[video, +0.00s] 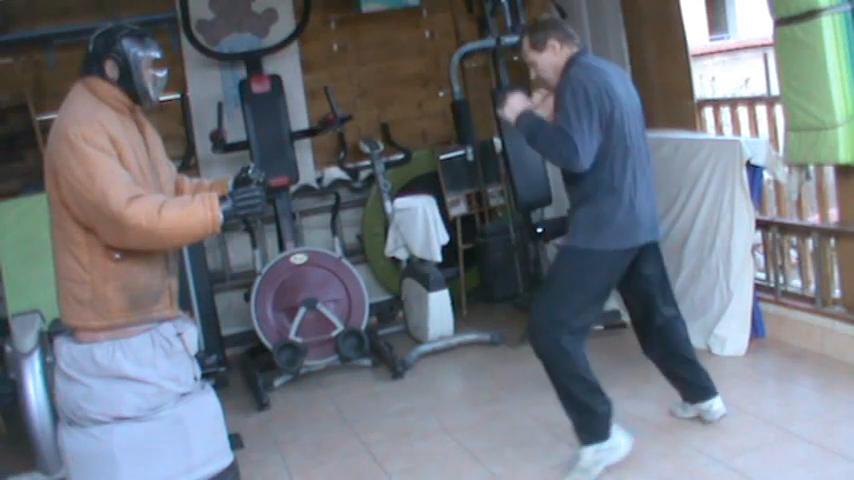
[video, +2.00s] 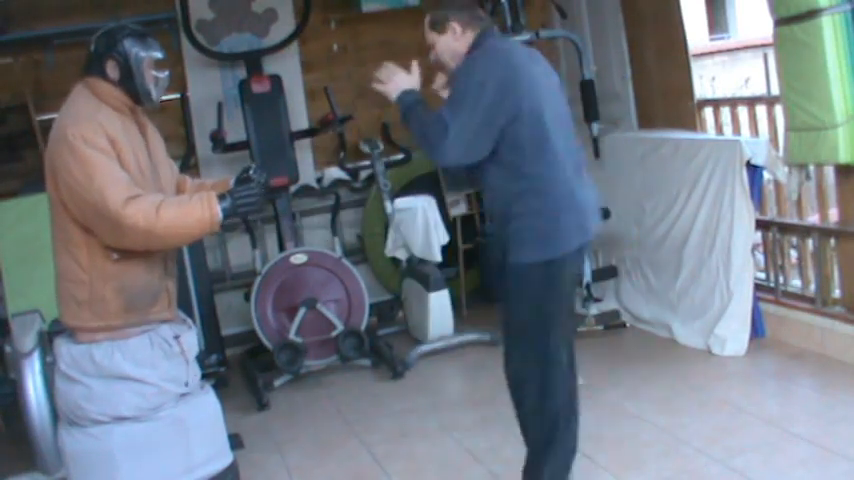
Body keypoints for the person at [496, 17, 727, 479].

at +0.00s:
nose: (536, 73)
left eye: (535, 63)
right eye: (532, 66)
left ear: (557, 46)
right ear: (564, 44)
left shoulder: (580, 79)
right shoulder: (610, 73)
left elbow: (575, 155)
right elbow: (603, 151)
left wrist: (523, 118)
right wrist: (556, 118)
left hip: (605, 228)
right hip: (637, 221)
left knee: (549, 328)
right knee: (658, 320)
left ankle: (600, 437)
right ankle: (704, 398)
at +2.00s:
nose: (434, 56)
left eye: (435, 45)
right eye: (431, 48)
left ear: (458, 31)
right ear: (468, 27)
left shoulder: (491, 63)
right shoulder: (518, 55)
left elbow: (453, 149)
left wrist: (405, 97)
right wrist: (456, 98)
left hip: (537, 236)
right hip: (559, 228)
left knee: (531, 361)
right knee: (548, 356)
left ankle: (547, 466)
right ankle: (552, 463)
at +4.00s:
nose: (438, 74)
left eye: (442, 64)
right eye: (436, 66)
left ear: (469, 54)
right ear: (464, 56)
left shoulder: (509, 90)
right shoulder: (481, 99)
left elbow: (512, 156)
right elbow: (459, 176)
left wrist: (445, 120)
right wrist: (445, 126)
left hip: (528, 247)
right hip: (526, 245)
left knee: (523, 357)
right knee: (551, 335)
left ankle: (545, 467)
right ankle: (608, 398)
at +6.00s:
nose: (446, 73)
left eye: (448, 63)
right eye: (443, 66)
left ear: (473, 50)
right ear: (474, 52)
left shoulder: (494, 82)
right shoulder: (510, 78)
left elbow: (498, 142)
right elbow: (505, 140)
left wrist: (443, 115)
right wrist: (456, 115)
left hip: (525, 223)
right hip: (545, 215)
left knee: (500, 320)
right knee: (553, 311)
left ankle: (560, 410)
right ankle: (589, 384)